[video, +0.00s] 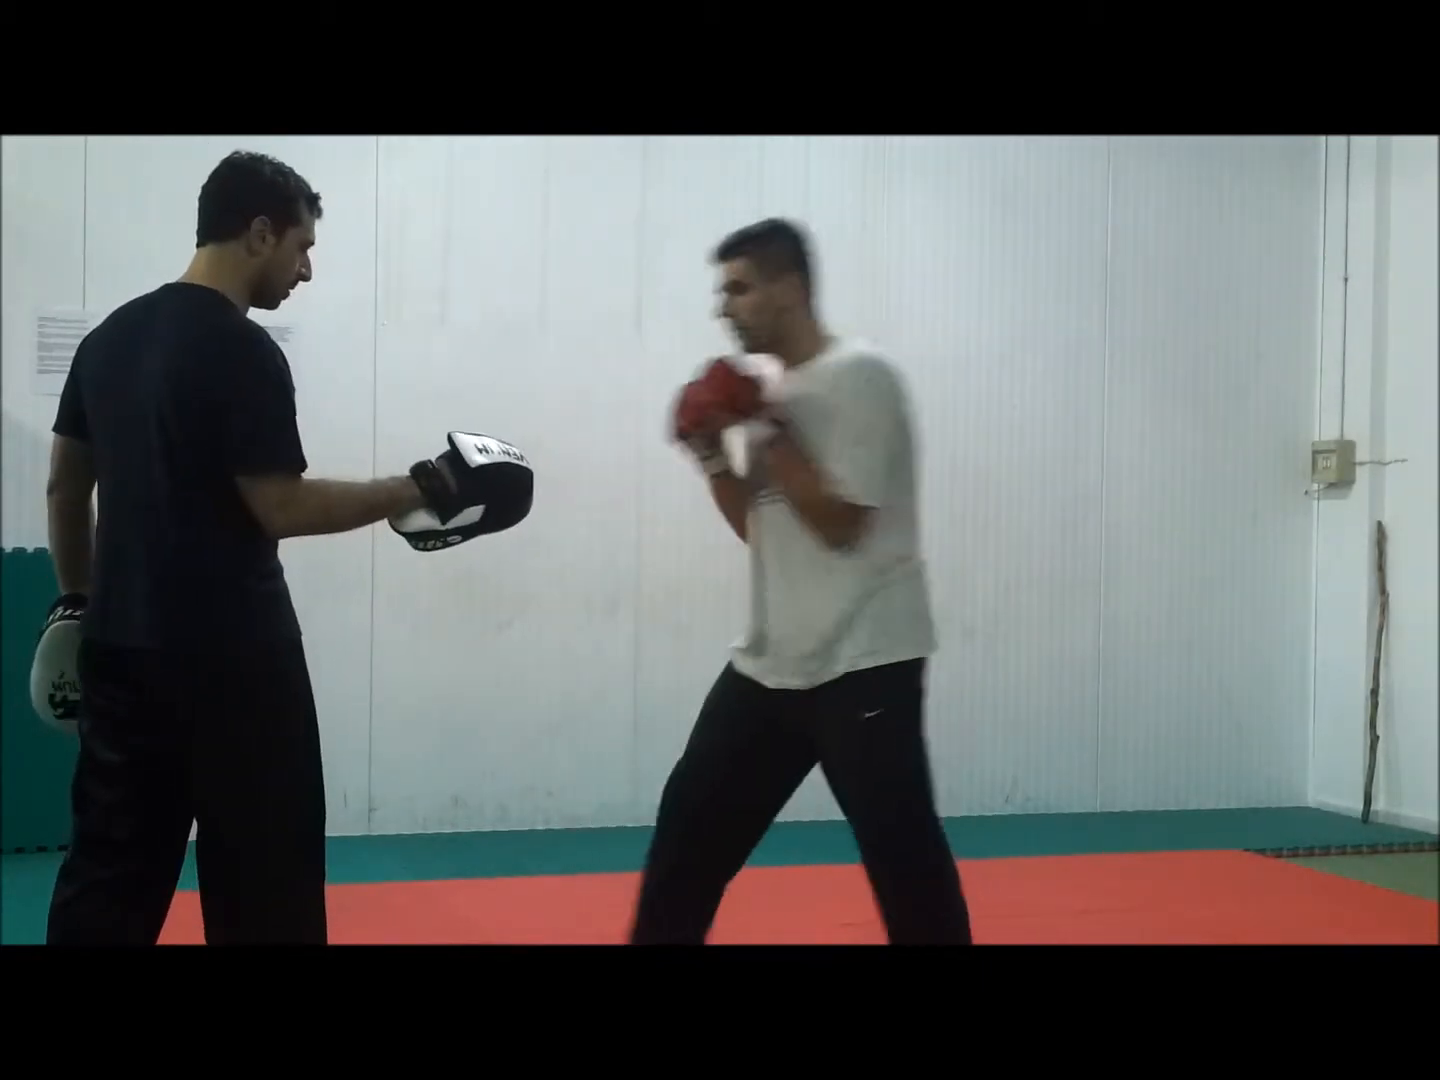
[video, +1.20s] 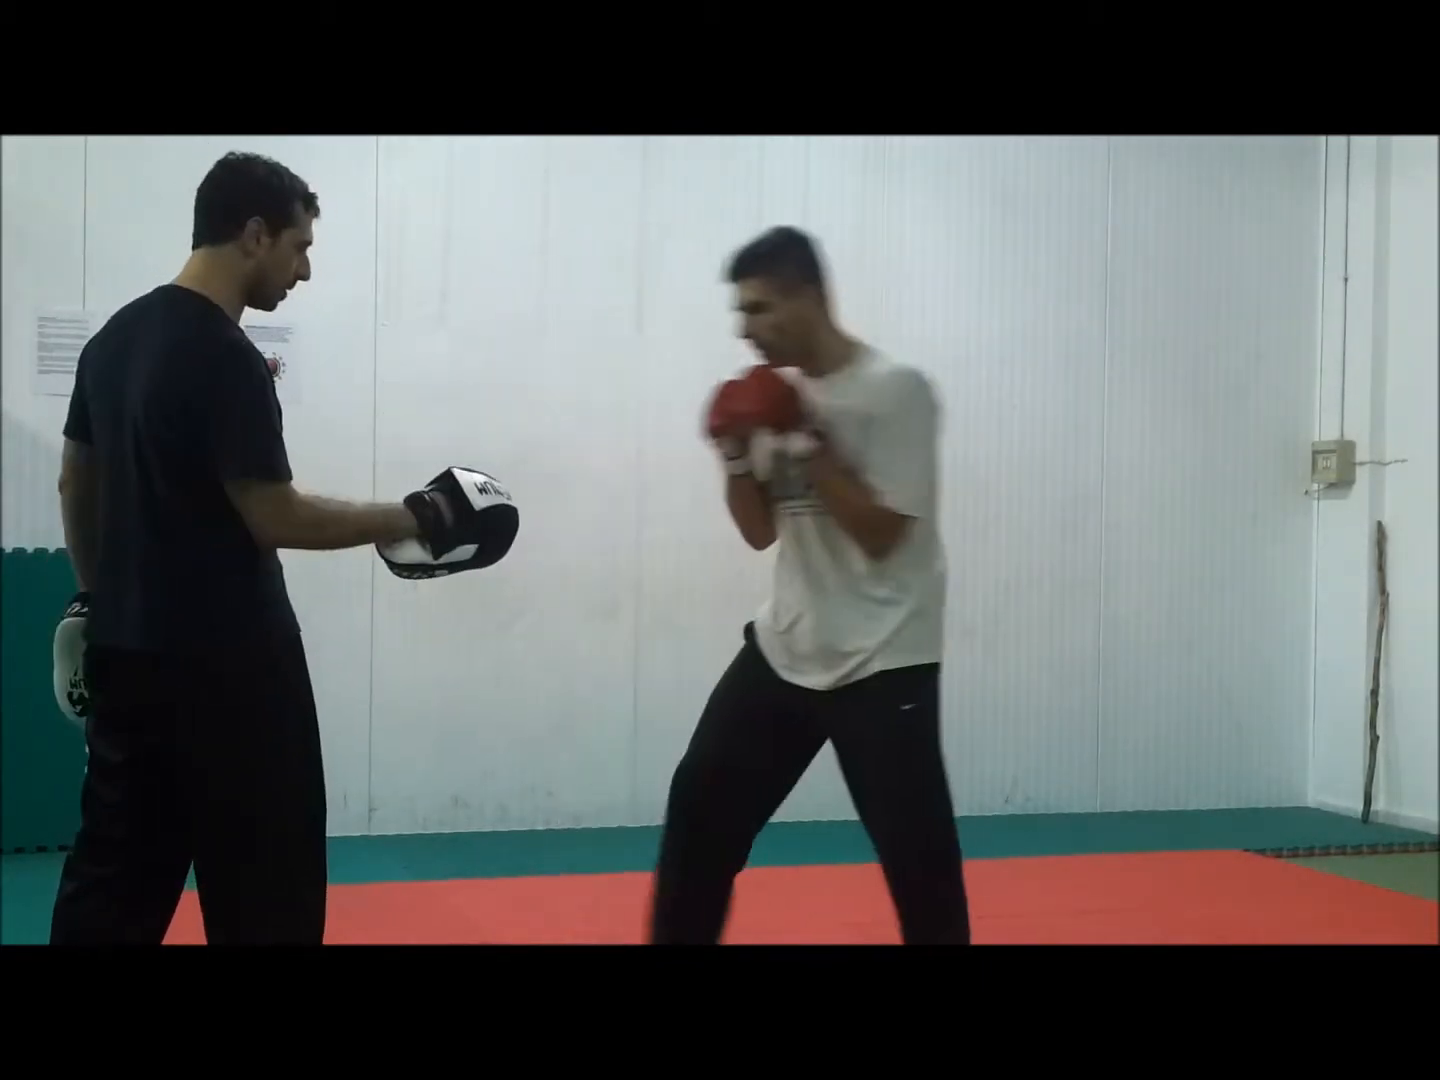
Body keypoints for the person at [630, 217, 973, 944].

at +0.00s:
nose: (723, 307)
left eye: (737, 289)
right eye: (721, 292)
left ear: (791, 287)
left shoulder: (862, 377)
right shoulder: (772, 398)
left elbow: (841, 528)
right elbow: (760, 532)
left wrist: (768, 432)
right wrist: (710, 452)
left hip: (867, 660)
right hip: (776, 658)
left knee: (904, 855)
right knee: (690, 829)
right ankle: (656, 947)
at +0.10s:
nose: (668, 339)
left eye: (679, 319)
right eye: (664, 324)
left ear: (730, 312)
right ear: (728, 320)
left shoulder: (763, 386)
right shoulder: (767, 387)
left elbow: (758, 529)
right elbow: (755, 527)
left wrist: (687, 470)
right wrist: (676, 486)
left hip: (818, 666)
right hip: (753, 664)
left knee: (865, 849)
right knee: (673, 844)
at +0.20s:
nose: (628, 367)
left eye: (637, 346)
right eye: (623, 354)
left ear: (687, 333)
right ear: (692, 342)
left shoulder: (702, 402)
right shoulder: (754, 400)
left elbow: (714, 545)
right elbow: (745, 536)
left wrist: (652, 513)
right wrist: (655, 517)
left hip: (784, 672)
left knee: (840, 863)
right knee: (651, 849)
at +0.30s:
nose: (574, 362)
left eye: (584, 341)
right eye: (567, 349)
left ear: (636, 328)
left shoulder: (710, 383)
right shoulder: (645, 434)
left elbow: (720, 516)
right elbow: (708, 577)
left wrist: (635, 458)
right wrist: (648, 623)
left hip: (785, 659)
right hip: (688, 670)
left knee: (848, 856)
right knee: (611, 846)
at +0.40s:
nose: (563, 341)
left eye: (569, 318)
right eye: (551, 336)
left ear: (615, 303)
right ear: (557, 354)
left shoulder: (721, 363)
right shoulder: (581, 438)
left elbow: (776, 459)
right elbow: (636, 546)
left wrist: (691, 397)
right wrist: (572, 621)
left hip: (791, 647)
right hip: (678, 676)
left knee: (871, 837)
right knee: (622, 878)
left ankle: (918, 940)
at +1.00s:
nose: (568, 322)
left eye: (578, 300)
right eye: (562, 308)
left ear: (631, 290)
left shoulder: (720, 371)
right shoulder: (631, 404)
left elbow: (745, 501)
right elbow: (670, 530)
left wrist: (635, 434)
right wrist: (601, 551)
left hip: (765, 651)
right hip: (669, 661)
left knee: (835, 839)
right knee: (618, 844)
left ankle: (898, 944)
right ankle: (599, 942)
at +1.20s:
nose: (746, 329)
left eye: (759, 309)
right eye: (740, 312)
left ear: (811, 297)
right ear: (748, 311)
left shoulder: (895, 390)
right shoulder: (774, 396)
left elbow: (884, 534)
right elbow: (760, 533)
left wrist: (814, 447)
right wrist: (737, 455)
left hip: (883, 657)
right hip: (786, 646)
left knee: (919, 856)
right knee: (701, 805)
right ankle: (678, 942)